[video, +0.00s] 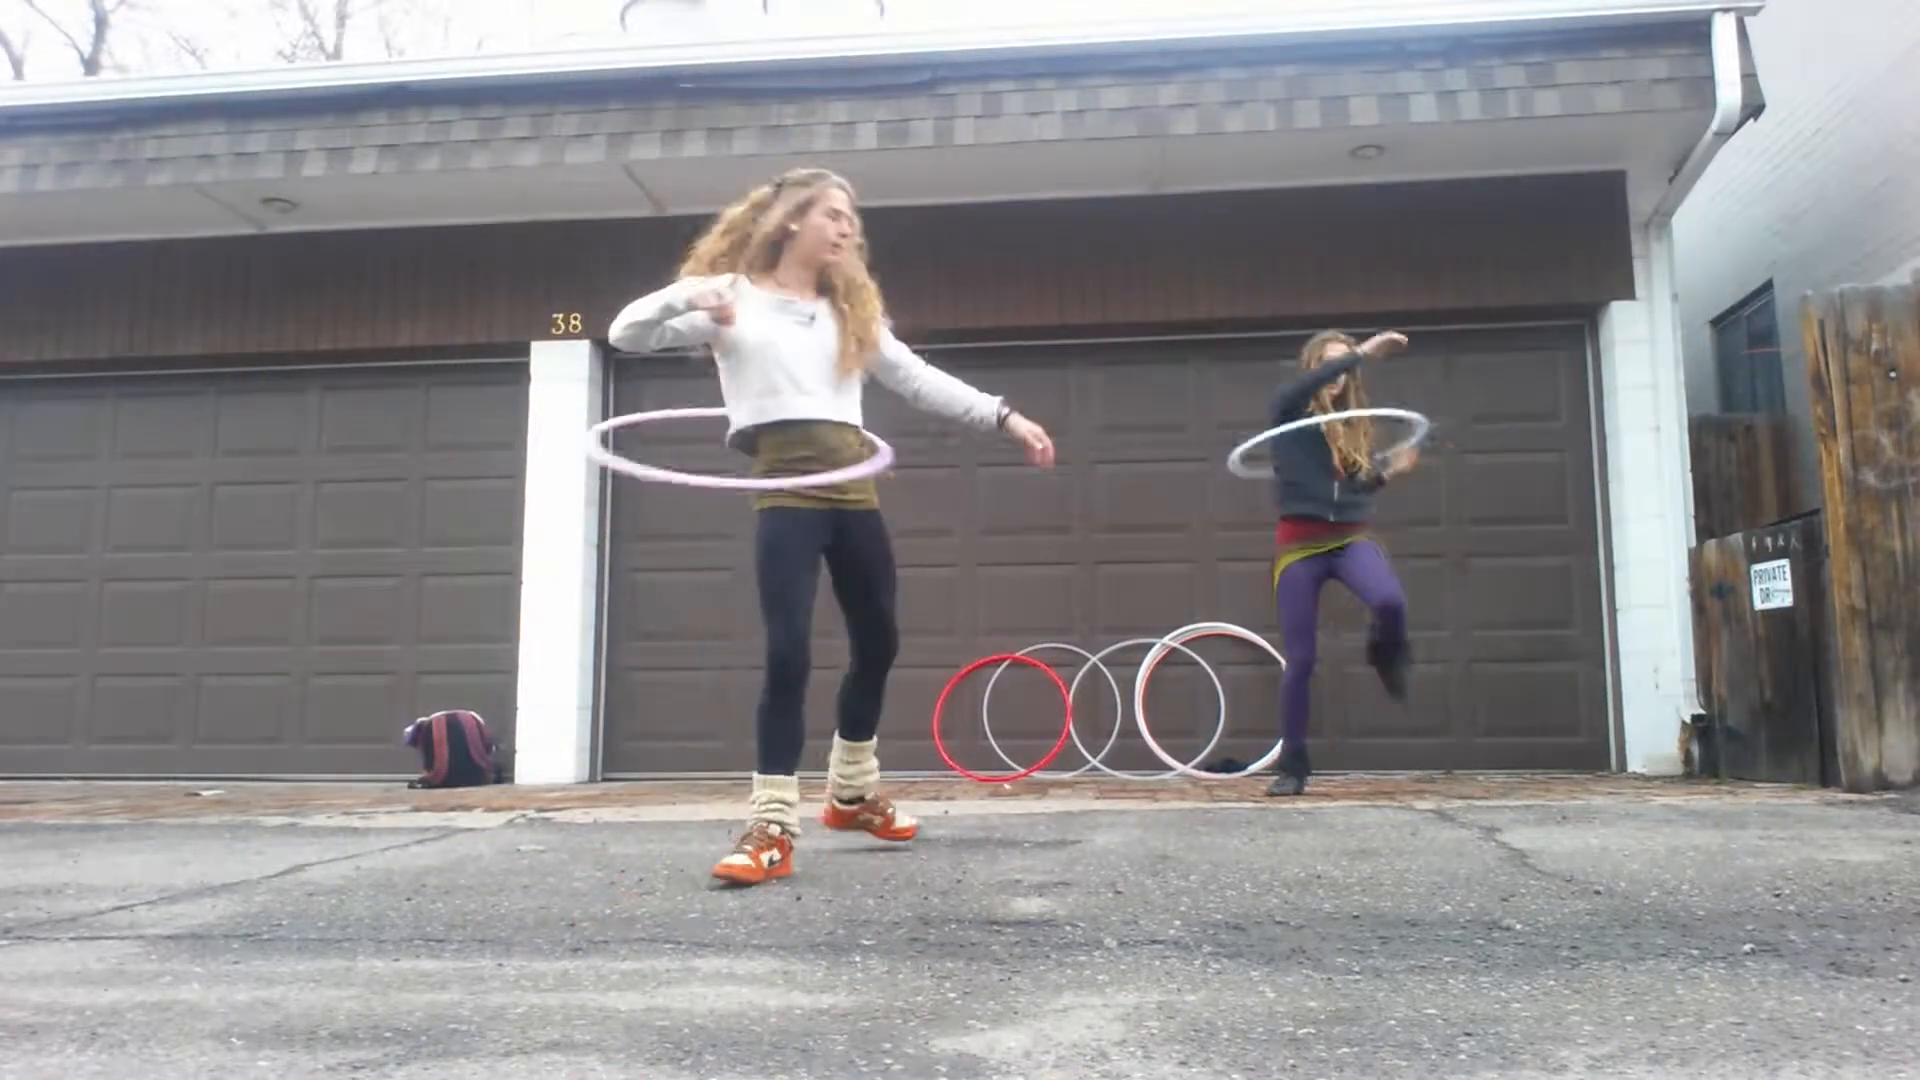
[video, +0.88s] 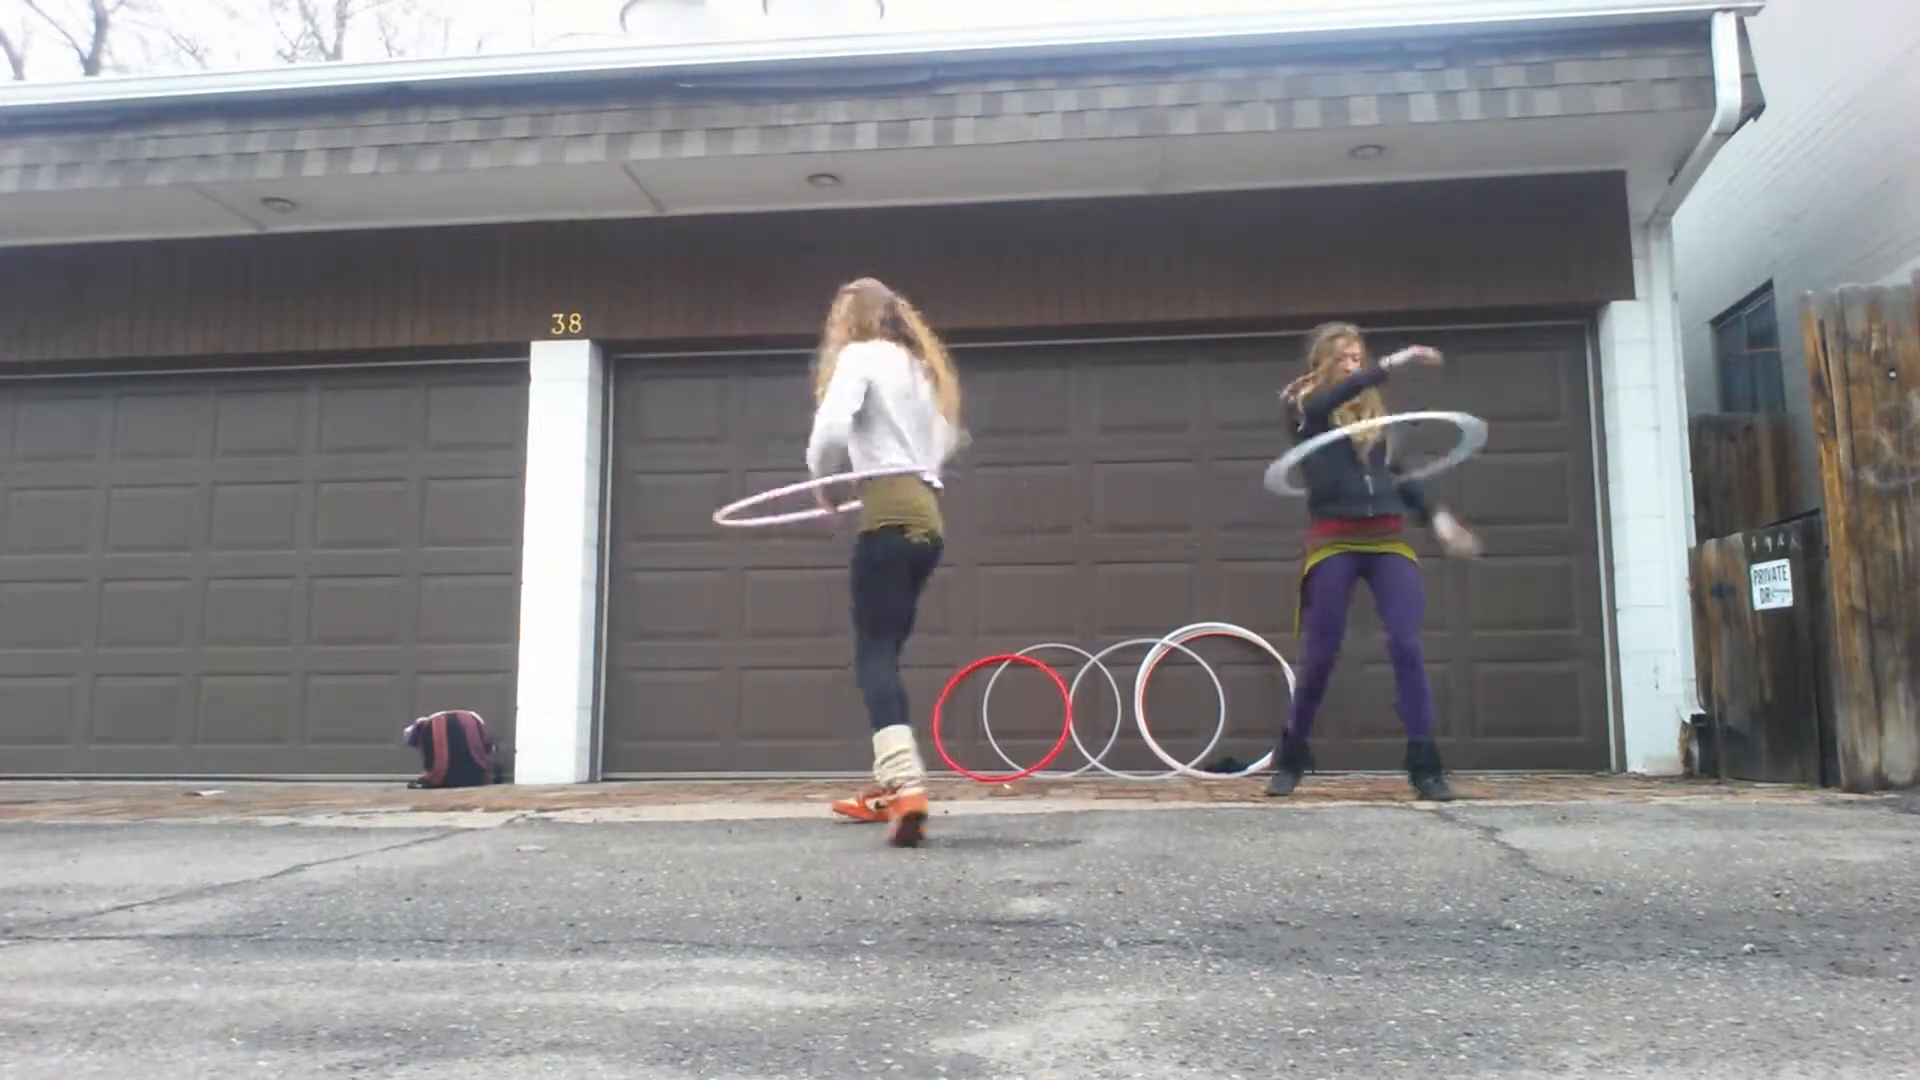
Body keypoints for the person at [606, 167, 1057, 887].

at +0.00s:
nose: (849, 228)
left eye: (853, 220)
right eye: (835, 214)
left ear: (848, 238)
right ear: (790, 221)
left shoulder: (848, 312)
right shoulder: (727, 293)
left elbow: (918, 378)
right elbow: (624, 332)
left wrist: (1004, 416)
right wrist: (693, 307)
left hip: (855, 496)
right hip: (787, 497)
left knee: (876, 646)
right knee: (788, 659)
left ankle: (851, 794)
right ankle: (771, 826)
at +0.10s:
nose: (878, 251)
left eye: (877, 238)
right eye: (869, 237)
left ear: (843, 245)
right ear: (832, 241)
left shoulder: (850, 329)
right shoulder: (769, 312)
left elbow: (893, 396)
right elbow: (680, 329)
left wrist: (964, 435)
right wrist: (760, 289)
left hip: (849, 503)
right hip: (810, 499)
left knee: (875, 651)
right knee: (810, 660)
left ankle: (871, 812)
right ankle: (777, 821)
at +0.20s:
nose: (894, 267)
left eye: (893, 256)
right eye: (888, 254)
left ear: (856, 258)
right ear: (861, 256)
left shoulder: (858, 331)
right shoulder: (818, 313)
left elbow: (844, 408)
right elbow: (783, 337)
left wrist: (896, 434)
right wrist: (891, 309)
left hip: (850, 501)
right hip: (830, 501)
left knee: (875, 657)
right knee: (852, 658)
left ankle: (866, 807)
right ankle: (812, 814)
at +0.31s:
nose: (902, 275)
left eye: (901, 264)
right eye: (897, 264)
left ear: (839, 269)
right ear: (880, 268)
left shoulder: (817, 335)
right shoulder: (867, 323)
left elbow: (805, 411)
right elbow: (913, 352)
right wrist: (1015, 353)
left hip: (816, 503)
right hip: (858, 501)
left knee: (864, 659)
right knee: (906, 657)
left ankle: (866, 813)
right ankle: (877, 807)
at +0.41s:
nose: (916, 282)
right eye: (910, 272)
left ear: (844, 276)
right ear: (901, 276)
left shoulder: (812, 335)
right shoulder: (904, 333)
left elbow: (764, 401)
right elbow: (989, 374)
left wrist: (741, 455)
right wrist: (1082, 402)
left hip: (826, 494)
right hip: (893, 490)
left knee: (863, 658)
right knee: (930, 651)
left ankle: (865, 811)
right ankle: (929, 797)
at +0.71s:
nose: (829, 319)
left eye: (834, 310)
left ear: (848, 308)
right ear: (906, 309)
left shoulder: (834, 350)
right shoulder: (934, 358)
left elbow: (788, 417)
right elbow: (1010, 415)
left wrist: (716, 442)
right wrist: (998, 462)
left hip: (851, 509)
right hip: (914, 514)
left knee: (859, 657)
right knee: (907, 655)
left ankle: (869, 803)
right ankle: (921, 788)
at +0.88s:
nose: (833, 325)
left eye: (837, 316)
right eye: (836, 315)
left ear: (849, 319)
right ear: (893, 317)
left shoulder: (858, 355)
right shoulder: (917, 364)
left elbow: (830, 430)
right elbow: (943, 437)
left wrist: (818, 484)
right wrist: (879, 485)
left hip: (888, 513)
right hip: (927, 515)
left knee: (875, 650)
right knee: (884, 649)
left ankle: (906, 781)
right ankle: (889, 783)